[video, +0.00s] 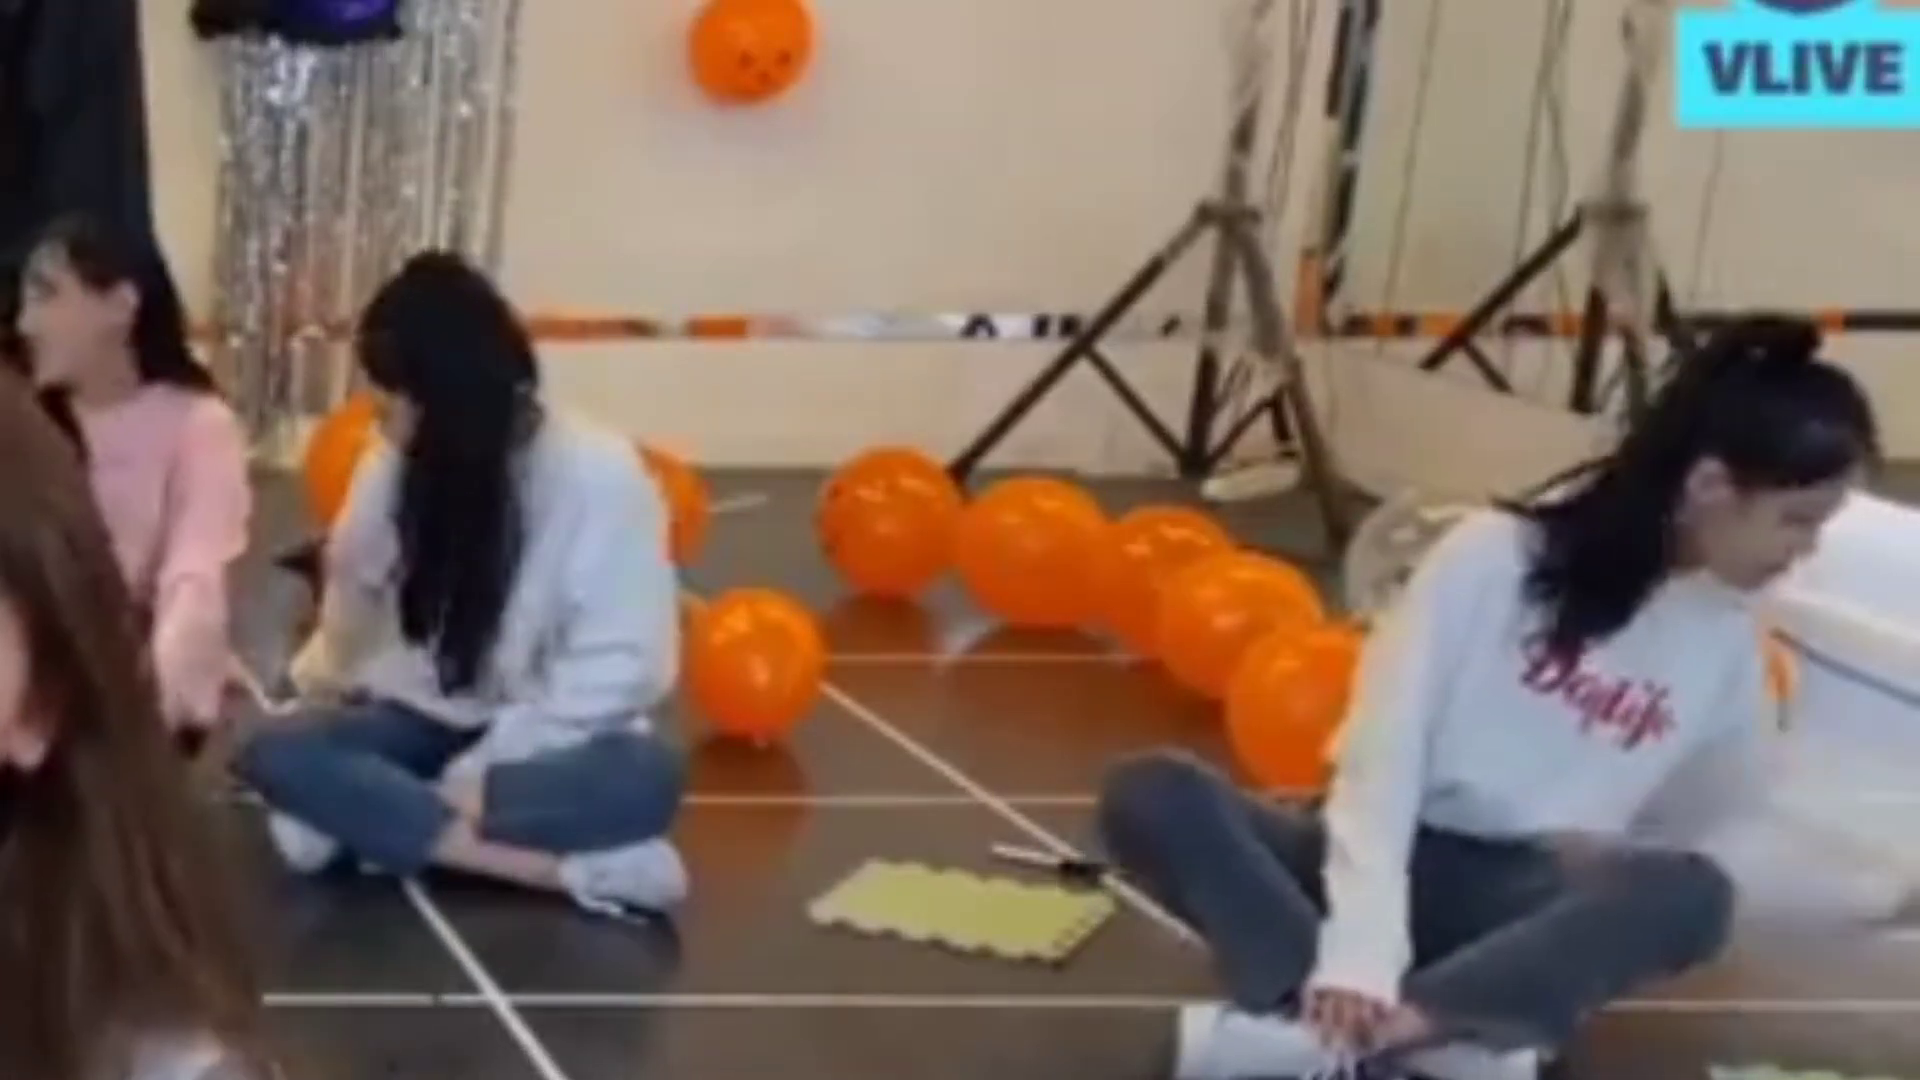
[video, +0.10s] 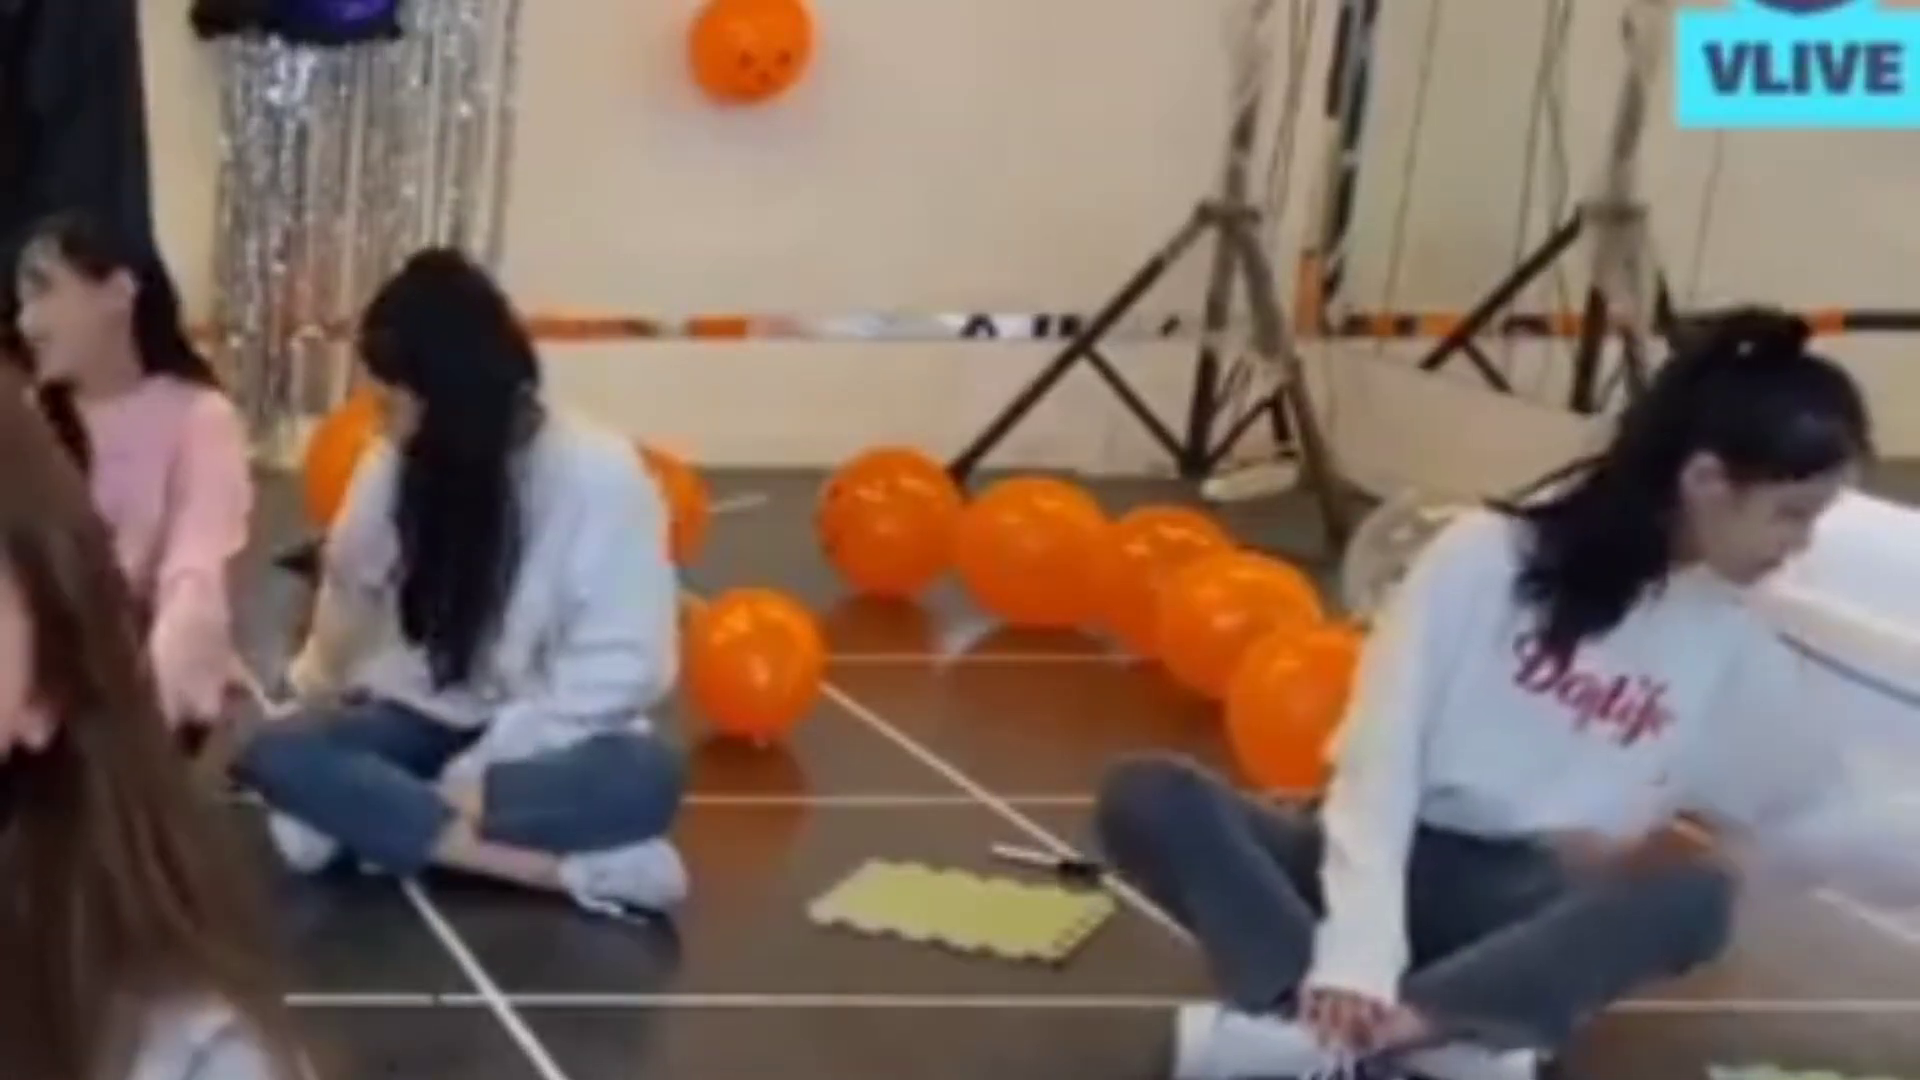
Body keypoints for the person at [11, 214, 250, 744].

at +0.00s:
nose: (24, 323)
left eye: (45, 295)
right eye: (26, 299)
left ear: (122, 302)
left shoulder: (198, 425)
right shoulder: (30, 429)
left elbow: (196, 578)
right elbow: (19, 590)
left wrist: (166, 718)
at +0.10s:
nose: (25, 323)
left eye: (43, 291)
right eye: (23, 299)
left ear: (121, 289)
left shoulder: (199, 418)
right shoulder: (28, 426)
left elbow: (197, 571)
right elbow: (17, 578)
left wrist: (168, 712)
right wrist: (19, 710)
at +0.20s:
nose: (26, 323)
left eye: (44, 290)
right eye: (23, 299)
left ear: (122, 287)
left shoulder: (201, 417)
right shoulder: (29, 426)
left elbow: (200, 574)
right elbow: (20, 580)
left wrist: (166, 713)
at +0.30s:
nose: (27, 321)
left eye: (44, 291)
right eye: (23, 300)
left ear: (122, 287)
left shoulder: (200, 418)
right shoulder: (35, 428)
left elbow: (198, 573)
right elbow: (18, 576)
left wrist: (160, 713)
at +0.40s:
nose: (25, 321)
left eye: (45, 290)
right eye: (23, 297)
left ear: (123, 296)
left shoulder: (195, 422)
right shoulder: (29, 428)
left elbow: (196, 580)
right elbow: (14, 581)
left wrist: (148, 716)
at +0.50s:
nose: (21, 320)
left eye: (49, 292)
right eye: (19, 298)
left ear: (123, 309)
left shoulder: (191, 425)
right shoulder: (24, 430)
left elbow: (190, 578)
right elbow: (11, 575)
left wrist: (151, 708)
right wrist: (12, 685)